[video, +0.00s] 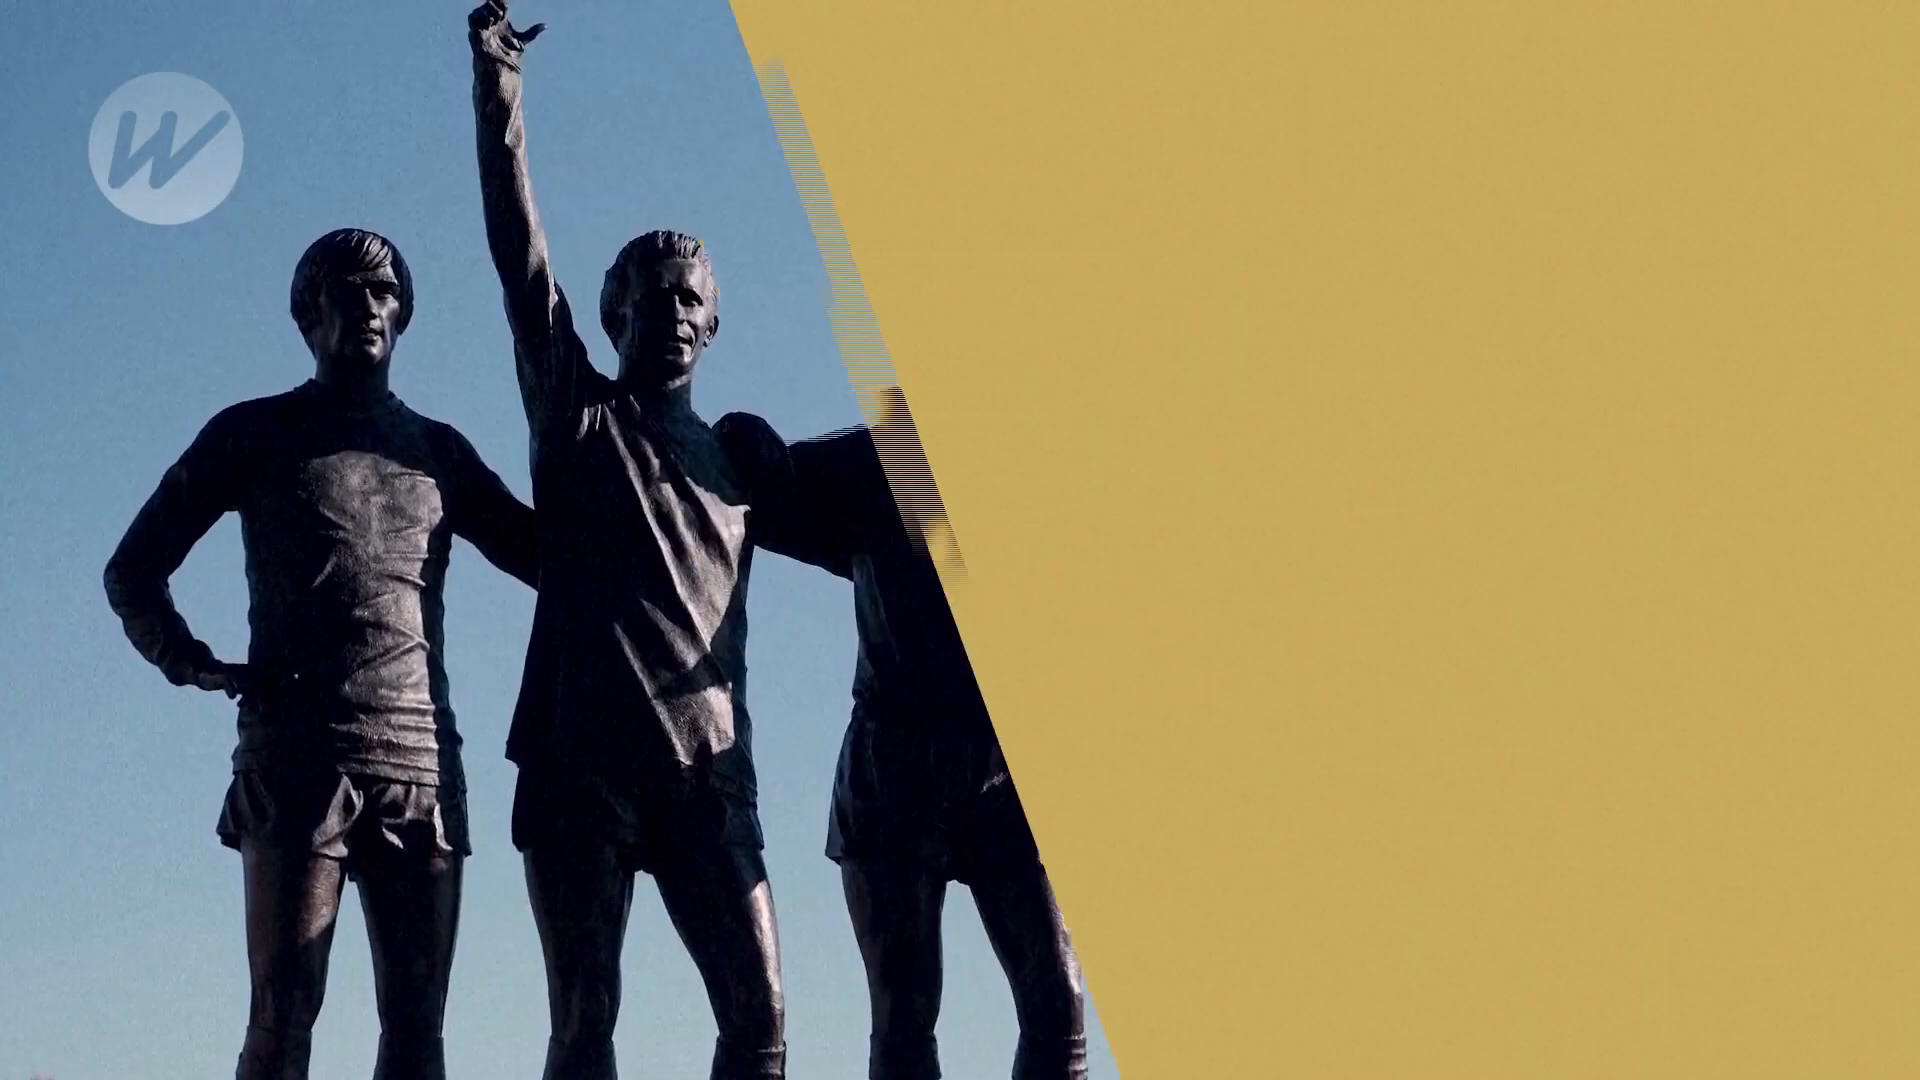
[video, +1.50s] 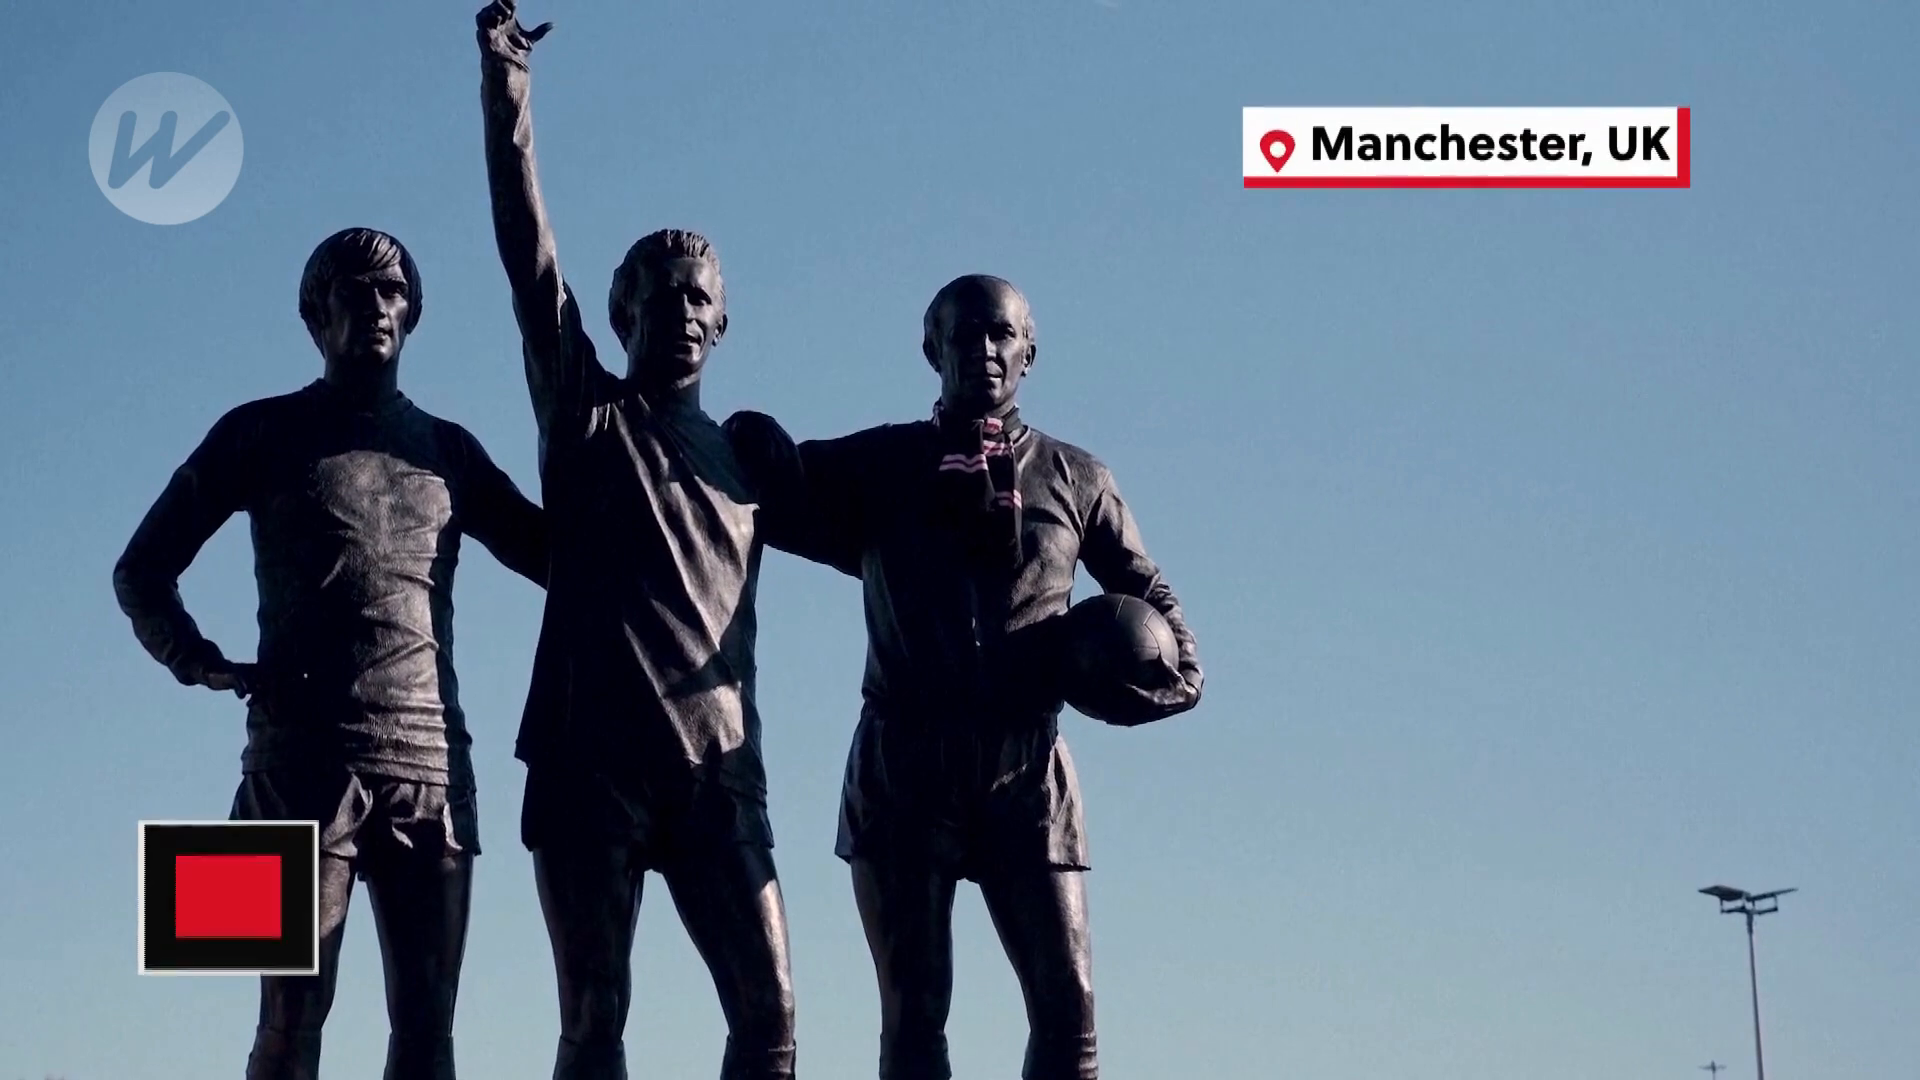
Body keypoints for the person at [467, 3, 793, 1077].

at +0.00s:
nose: (679, 312)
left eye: (694, 299)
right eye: (659, 294)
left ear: (715, 323)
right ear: (613, 312)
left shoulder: (741, 454)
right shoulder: (567, 408)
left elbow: (859, 539)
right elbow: (517, 249)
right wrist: (499, 84)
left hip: (706, 767)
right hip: (577, 759)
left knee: (759, 1017)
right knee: (585, 1021)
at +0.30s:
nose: (679, 315)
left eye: (694, 302)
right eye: (659, 297)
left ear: (714, 326)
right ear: (612, 313)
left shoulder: (743, 456)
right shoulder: (568, 411)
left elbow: (865, 541)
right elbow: (517, 251)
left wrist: (980, 490)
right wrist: (499, 93)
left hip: (705, 769)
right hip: (576, 761)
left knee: (759, 1017)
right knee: (585, 1023)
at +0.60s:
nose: (683, 310)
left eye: (698, 298)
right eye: (663, 292)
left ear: (716, 322)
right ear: (614, 308)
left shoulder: (745, 450)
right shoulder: (569, 406)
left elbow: (865, 534)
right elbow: (519, 249)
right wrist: (501, 93)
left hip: (707, 763)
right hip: (578, 756)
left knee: (761, 1011)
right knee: (587, 1019)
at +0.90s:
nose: (688, 304)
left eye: (702, 292)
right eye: (668, 287)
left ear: (719, 317)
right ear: (620, 303)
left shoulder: (747, 447)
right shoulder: (573, 403)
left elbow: (874, 535)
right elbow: (525, 247)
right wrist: (506, 82)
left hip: (714, 759)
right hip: (585, 753)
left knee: (767, 1012)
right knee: (592, 1016)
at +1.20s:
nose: (692, 311)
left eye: (707, 297)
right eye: (672, 292)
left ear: (724, 320)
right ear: (624, 307)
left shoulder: (751, 451)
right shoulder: (577, 407)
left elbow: (874, 533)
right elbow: (529, 250)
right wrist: (508, 80)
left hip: (716, 763)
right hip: (589, 755)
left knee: (770, 1008)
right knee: (596, 1015)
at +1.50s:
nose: (690, 312)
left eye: (705, 299)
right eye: (670, 294)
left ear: (723, 324)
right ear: (620, 311)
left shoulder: (751, 455)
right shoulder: (577, 410)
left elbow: (874, 540)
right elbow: (526, 251)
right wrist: (508, 97)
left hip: (716, 766)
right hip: (586, 758)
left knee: (769, 1015)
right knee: (595, 1023)